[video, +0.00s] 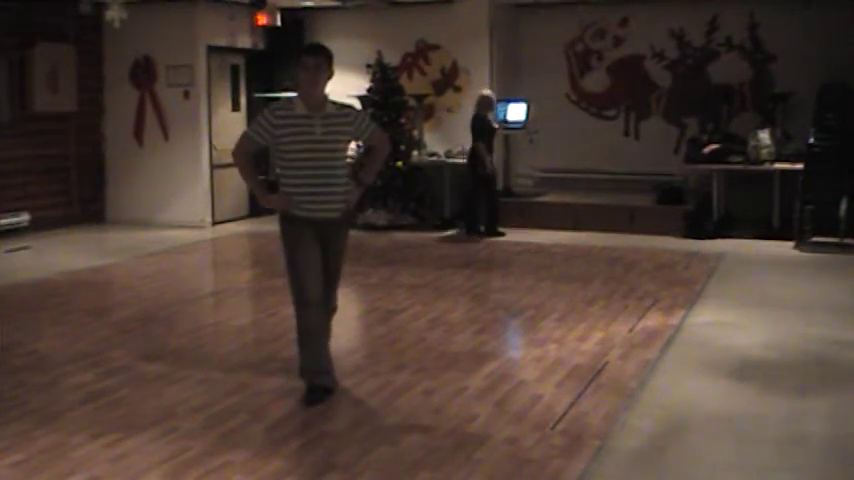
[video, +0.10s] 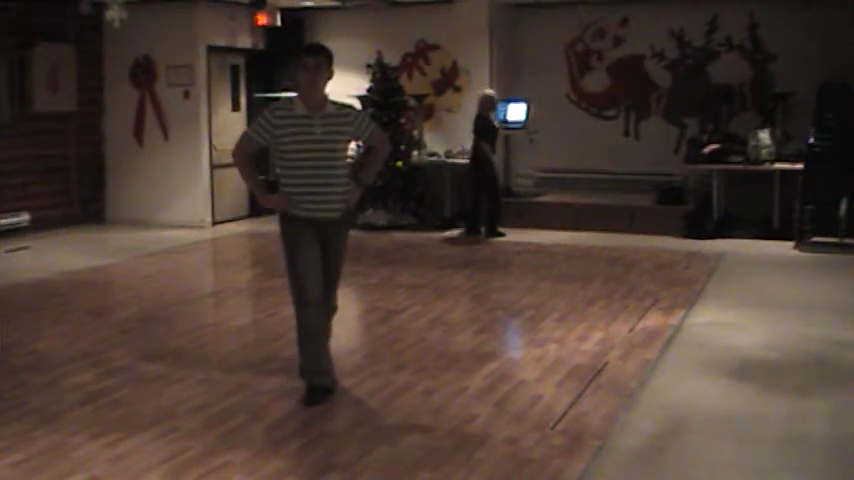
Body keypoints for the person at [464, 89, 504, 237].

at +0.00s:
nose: (492, 106)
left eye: (492, 103)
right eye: (490, 103)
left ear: (484, 104)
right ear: (484, 103)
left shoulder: (485, 118)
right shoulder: (479, 119)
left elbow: (487, 136)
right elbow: (479, 142)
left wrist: (494, 128)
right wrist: (486, 161)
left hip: (485, 156)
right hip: (479, 157)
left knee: (488, 190)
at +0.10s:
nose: (495, 105)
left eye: (494, 102)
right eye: (492, 102)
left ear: (485, 103)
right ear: (486, 103)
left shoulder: (485, 118)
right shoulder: (482, 119)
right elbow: (482, 142)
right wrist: (491, 157)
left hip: (482, 160)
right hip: (482, 160)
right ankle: (491, 226)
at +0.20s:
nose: (497, 105)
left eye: (497, 101)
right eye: (495, 101)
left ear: (487, 102)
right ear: (488, 102)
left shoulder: (486, 118)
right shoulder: (486, 119)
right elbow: (487, 142)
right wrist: (495, 158)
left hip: (483, 158)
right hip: (486, 159)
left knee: (482, 192)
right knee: (492, 192)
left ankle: (476, 225)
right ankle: (490, 226)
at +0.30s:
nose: (500, 103)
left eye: (499, 100)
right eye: (497, 100)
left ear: (490, 102)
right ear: (491, 102)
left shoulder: (493, 117)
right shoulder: (488, 118)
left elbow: (495, 140)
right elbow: (486, 143)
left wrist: (499, 152)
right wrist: (498, 158)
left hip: (489, 160)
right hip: (488, 160)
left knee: (490, 193)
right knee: (493, 193)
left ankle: (482, 223)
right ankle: (490, 226)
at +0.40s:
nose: (500, 103)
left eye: (500, 100)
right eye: (497, 100)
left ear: (500, 101)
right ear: (491, 100)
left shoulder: (498, 118)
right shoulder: (489, 118)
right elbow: (488, 144)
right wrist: (495, 162)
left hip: (498, 159)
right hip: (490, 160)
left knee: (497, 193)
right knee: (494, 193)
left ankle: (492, 225)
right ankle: (489, 226)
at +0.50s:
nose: (500, 103)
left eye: (502, 100)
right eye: (497, 100)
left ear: (505, 101)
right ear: (492, 101)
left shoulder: (506, 119)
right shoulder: (488, 119)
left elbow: (507, 144)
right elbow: (486, 145)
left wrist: (507, 167)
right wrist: (490, 166)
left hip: (503, 163)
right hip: (493, 163)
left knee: (499, 197)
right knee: (493, 197)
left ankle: (497, 228)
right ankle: (491, 229)